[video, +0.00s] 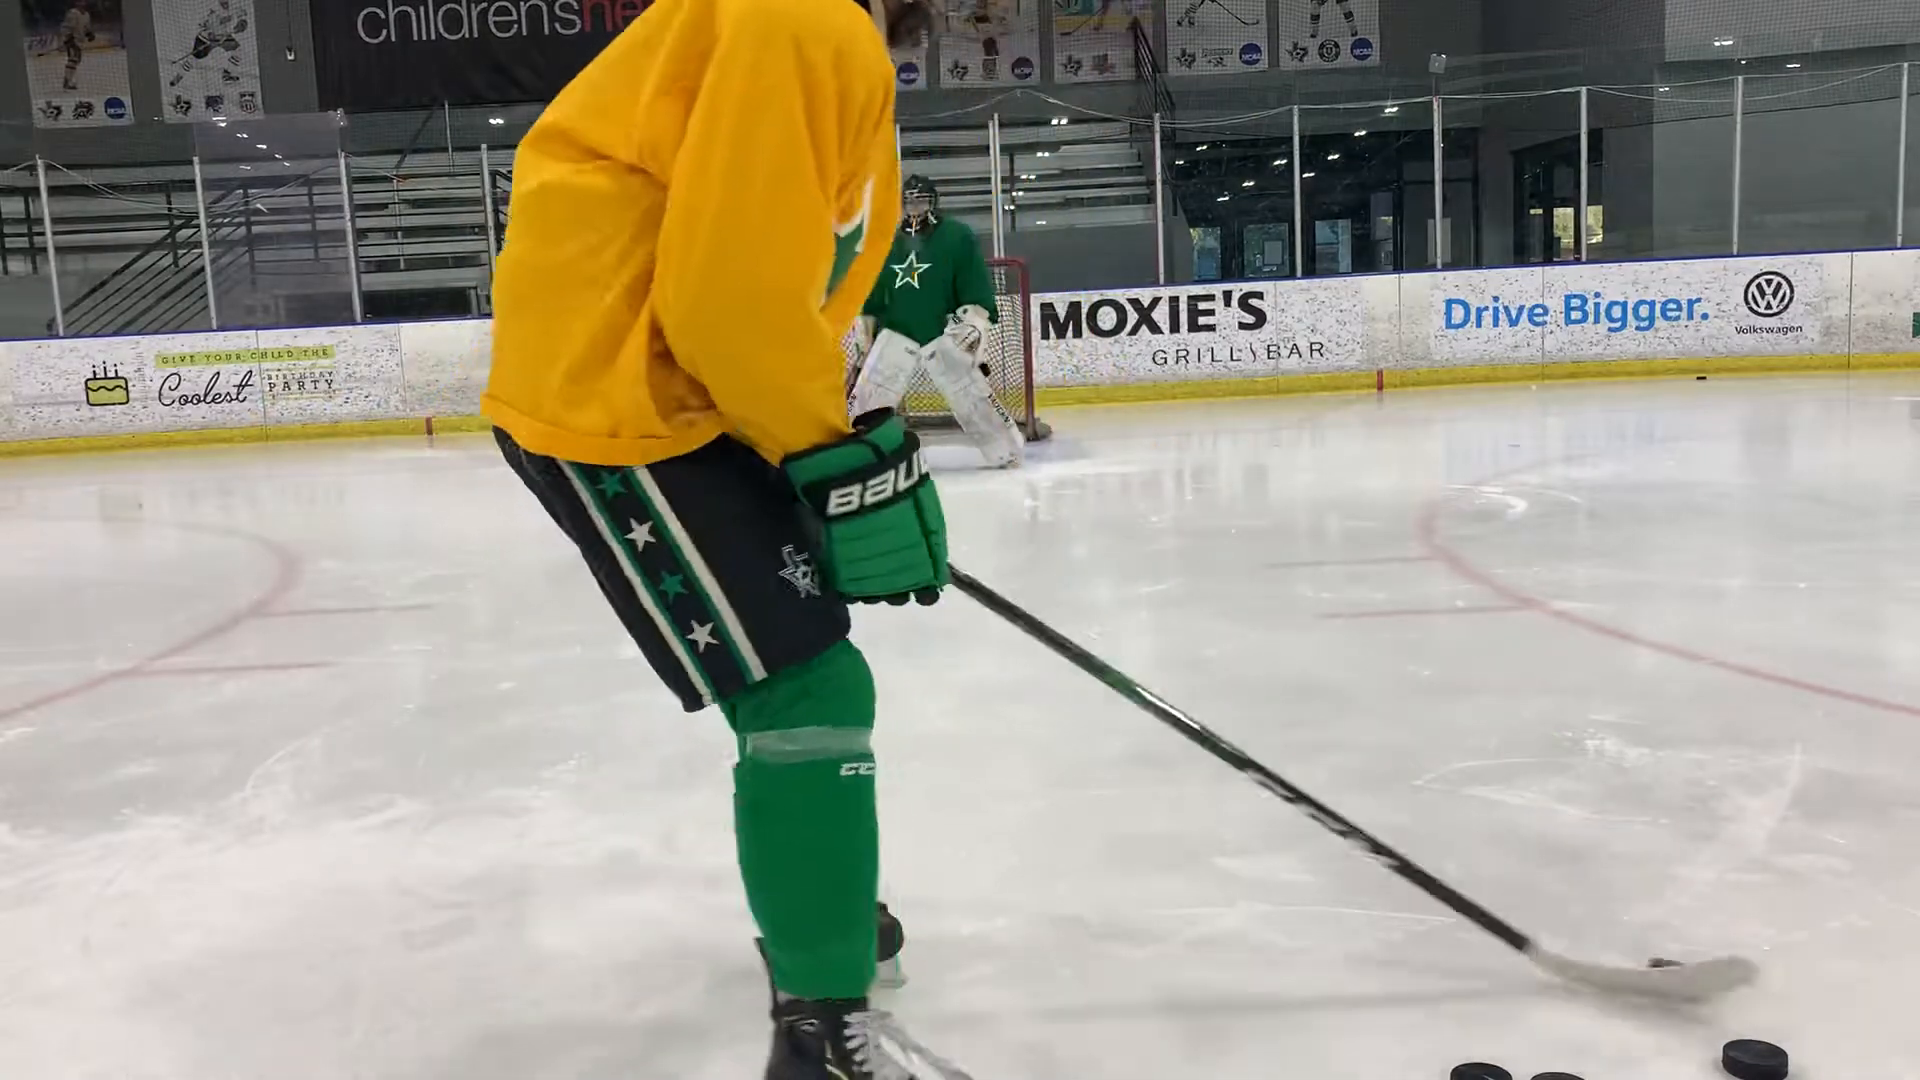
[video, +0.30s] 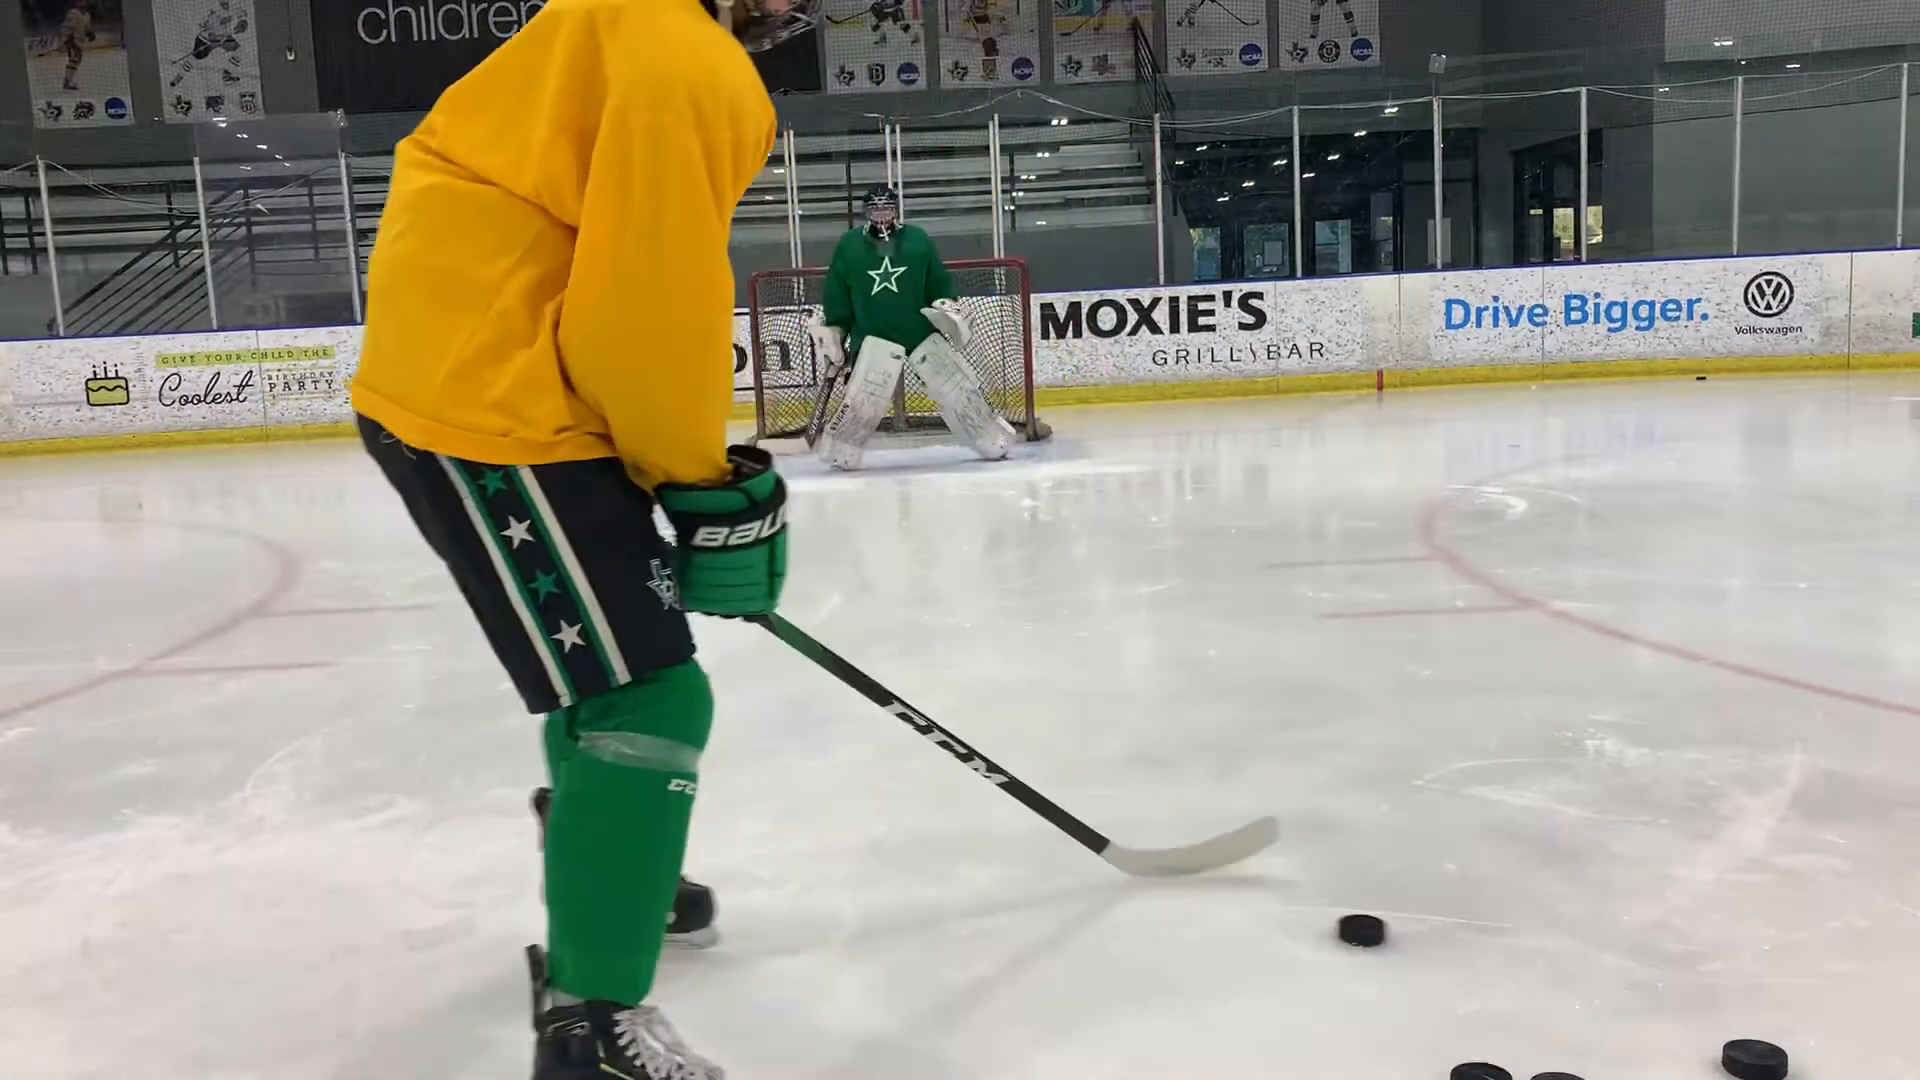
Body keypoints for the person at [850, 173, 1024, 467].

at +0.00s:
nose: (915, 208)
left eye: (922, 201)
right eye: (909, 201)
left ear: (932, 203)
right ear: (901, 204)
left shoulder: (955, 235)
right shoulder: (887, 239)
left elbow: (977, 284)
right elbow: (872, 293)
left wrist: (971, 326)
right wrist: (865, 338)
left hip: (942, 331)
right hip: (896, 333)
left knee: (971, 398)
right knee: (870, 397)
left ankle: (1006, 456)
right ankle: (861, 466)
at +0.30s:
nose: (882, 215)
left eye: (888, 209)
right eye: (876, 210)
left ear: (897, 211)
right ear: (867, 213)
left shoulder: (917, 239)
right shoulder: (850, 245)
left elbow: (940, 282)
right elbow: (836, 293)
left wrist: (948, 312)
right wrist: (833, 338)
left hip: (920, 331)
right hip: (875, 336)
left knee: (958, 388)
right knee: (864, 398)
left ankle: (992, 445)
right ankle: (844, 457)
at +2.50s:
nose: (879, 204)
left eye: (884, 199)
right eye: (873, 198)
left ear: (894, 201)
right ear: (864, 201)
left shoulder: (908, 228)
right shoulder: (846, 231)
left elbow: (928, 264)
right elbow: (824, 276)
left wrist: (918, 279)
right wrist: (849, 288)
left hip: (909, 321)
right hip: (864, 323)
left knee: (939, 383)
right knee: (845, 390)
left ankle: (967, 445)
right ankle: (819, 454)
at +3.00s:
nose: (894, 234)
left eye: (899, 227)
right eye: (888, 228)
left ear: (908, 228)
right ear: (879, 229)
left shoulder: (927, 254)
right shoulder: (858, 260)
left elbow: (950, 302)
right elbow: (838, 301)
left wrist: (953, 276)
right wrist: (840, 338)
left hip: (924, 341)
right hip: (879, 346)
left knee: (956, 398)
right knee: (865, 408)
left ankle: (994, 455)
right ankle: (825, 461)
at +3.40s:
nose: (911, 275)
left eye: (916, 269)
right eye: (904, 269)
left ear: (925, 270)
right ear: (893, 271)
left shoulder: (942, 293)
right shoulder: (872, 298)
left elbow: (967, 343)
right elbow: (852, 340)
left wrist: (969, 325)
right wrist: (850, 380)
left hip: (944, 371)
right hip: (894, 377)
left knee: (983, 410)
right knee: (869, 423)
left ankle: (1026, 453)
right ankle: (825, 464)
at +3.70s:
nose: (915, 288)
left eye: (921, 281)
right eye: (910, 282)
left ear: (931, 281)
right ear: (899, 282)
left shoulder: (948, 303)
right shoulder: (878, 308)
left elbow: (971, 350)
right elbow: (853, 347)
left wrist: (969, 346)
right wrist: (852, 384)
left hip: (947, 382)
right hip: (897, 387)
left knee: (983, 412)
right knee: (872, 429)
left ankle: (1024, 450)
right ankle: (828, 466)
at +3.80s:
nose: (916, 291)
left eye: (922, 285)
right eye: (910, 285)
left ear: (931, 284)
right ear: (899, 285)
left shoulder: (949, 304)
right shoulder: (878, 310)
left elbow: (974, 358)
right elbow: (851, 349)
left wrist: (971, 356)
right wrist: (847, 387)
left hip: (947, 382)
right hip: (897, 388)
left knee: (982, 412)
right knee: (872, 429)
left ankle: (1024, 450)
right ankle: (828, 465)